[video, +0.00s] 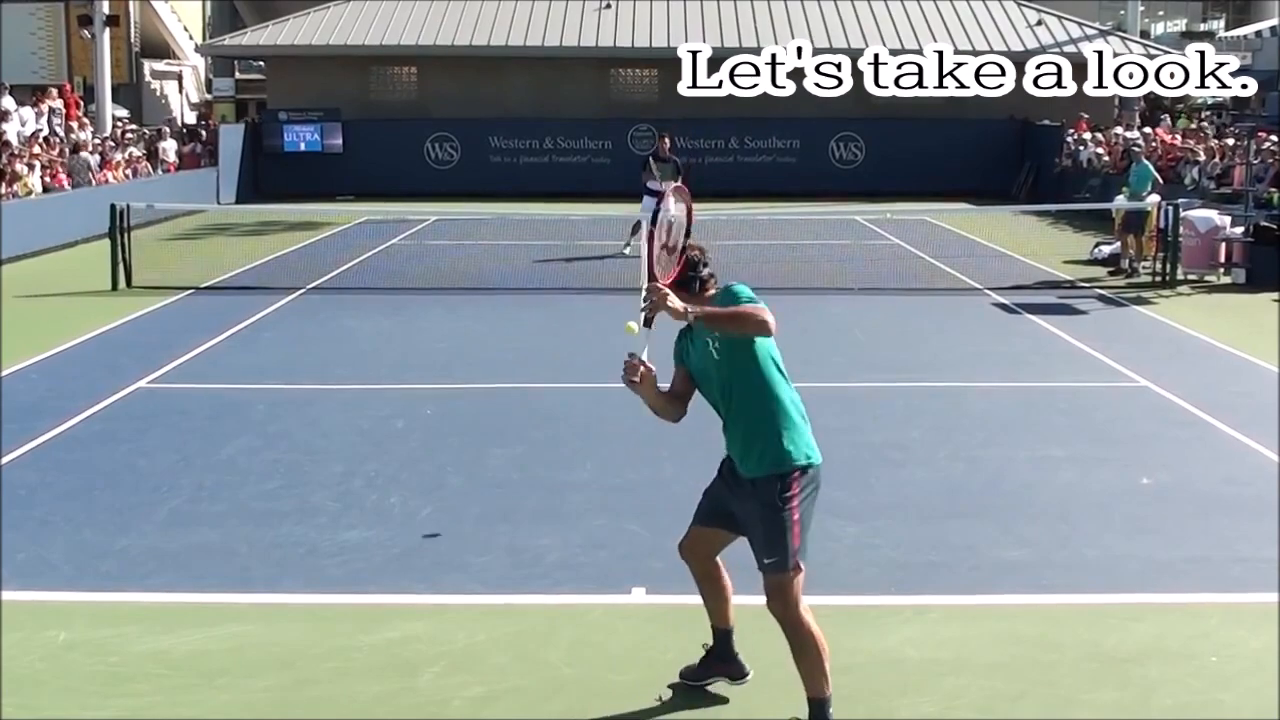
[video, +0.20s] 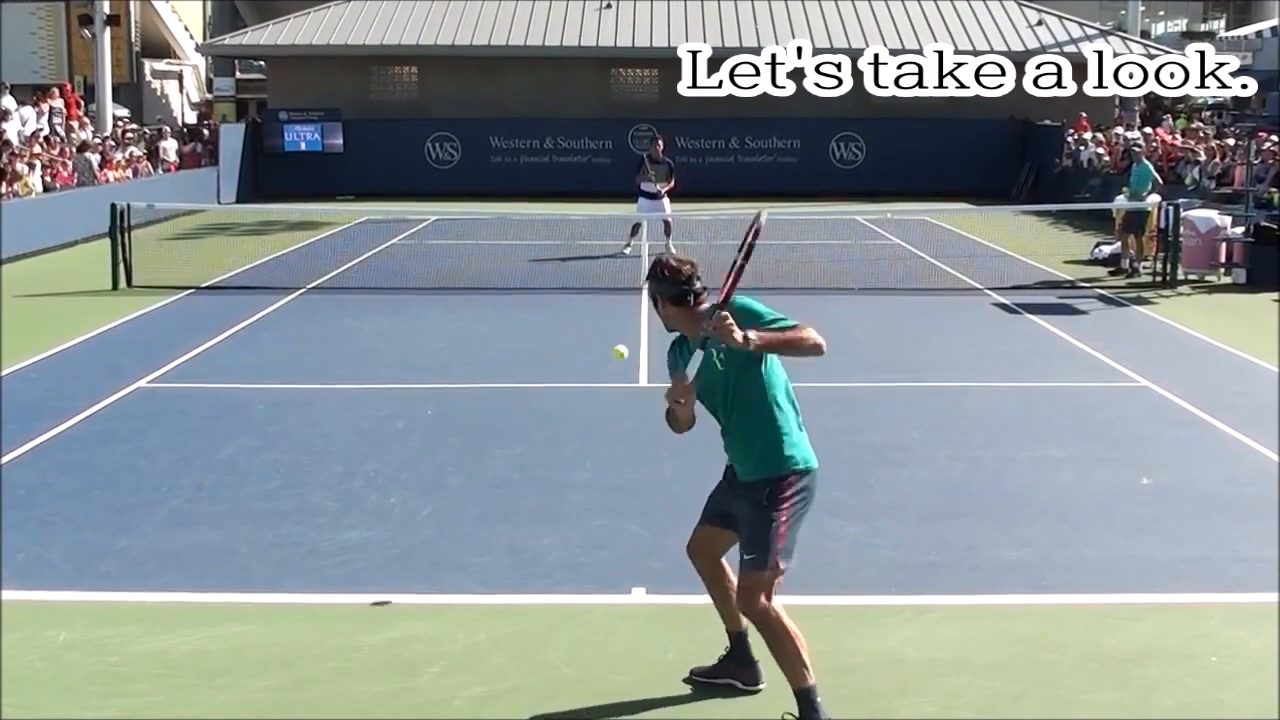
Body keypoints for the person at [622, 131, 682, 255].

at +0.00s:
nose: (664, 146)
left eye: (666, 143)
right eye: (662, 143)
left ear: (669, 145)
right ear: (658, 145)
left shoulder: (675, 161)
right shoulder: (650, 160)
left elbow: (679, 177)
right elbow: (645, 178)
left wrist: (674, 187)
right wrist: (660, 184)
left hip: (668, 194)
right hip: (652, 194)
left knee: (672, 218)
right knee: (643, 219)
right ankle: (629, 243)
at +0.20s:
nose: (657, 148)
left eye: (659, 146)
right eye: (655, 146)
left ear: (662, 147)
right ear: (651, 147)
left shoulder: (668, 163)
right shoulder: (644, 160)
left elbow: (672, 181)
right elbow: (638, 179)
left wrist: (664, 189)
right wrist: (647, 176)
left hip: (661, 195)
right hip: (645, 195)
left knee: (668, 220)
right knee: (639, 221)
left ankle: (668, 243)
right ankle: (629, 243)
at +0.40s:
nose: (656, 132)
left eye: (657, 129)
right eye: (654, 129)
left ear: (661, 131)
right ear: (649, 131)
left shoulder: (666, 146)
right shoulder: (641, 145)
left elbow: (671, 164)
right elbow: (636, 163)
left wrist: (663, 174)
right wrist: (645, 162)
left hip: (658, 181)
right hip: (643, 181)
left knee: (664, 211)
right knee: (634, 210)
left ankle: (669, 238)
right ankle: (626, 236)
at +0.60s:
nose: (655, 136)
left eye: (657, 134)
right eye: (653, 134)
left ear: (660, 135)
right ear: (649, 135)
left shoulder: (666, 152)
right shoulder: (641, 149)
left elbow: (669, 170)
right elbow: (635, 169)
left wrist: (662, 182)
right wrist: (649, 174)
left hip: (657, 186)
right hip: (641, 185)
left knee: (664, 214)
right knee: (631, 213)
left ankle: (673, 238)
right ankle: (619, 238)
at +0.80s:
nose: (657, 143)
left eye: (659, 141)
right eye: (655, 141)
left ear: (662, 142)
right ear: (650, 142)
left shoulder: (666, 158)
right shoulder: (642, 154)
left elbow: (667, 180)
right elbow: (635, 166)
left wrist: (654, 185)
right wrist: (641, 176)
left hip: (661, 192)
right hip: (644, 191)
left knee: (667, 216)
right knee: (632, 215)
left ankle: (673, 241)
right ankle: (619, 241)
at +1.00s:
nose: (654, 139)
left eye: (656, 136)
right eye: (652, 136)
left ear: (661, 135)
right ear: (651, 138)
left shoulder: (671, 149)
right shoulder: (651, 149)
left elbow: (678, 167)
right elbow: (653, 165)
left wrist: (672, 182)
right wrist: (648, 176)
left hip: (668, 184)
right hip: (653, 183)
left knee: (670, 214)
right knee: (641, 211)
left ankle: (673, 242)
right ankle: (626, 236)